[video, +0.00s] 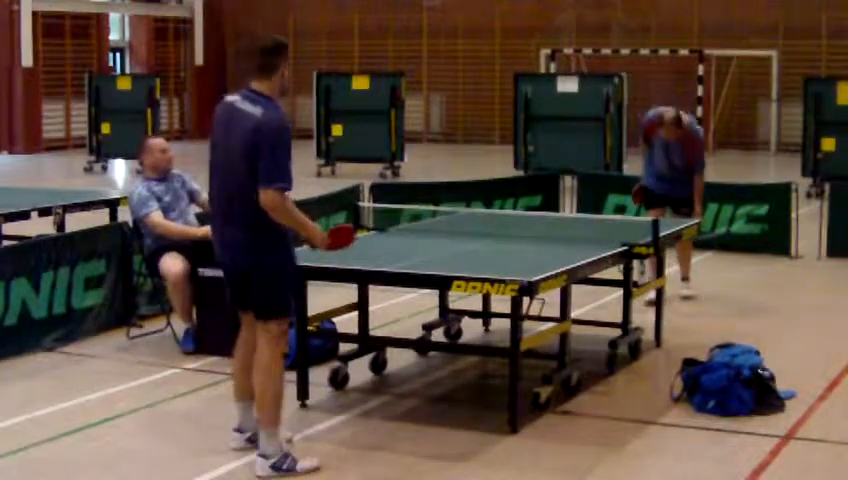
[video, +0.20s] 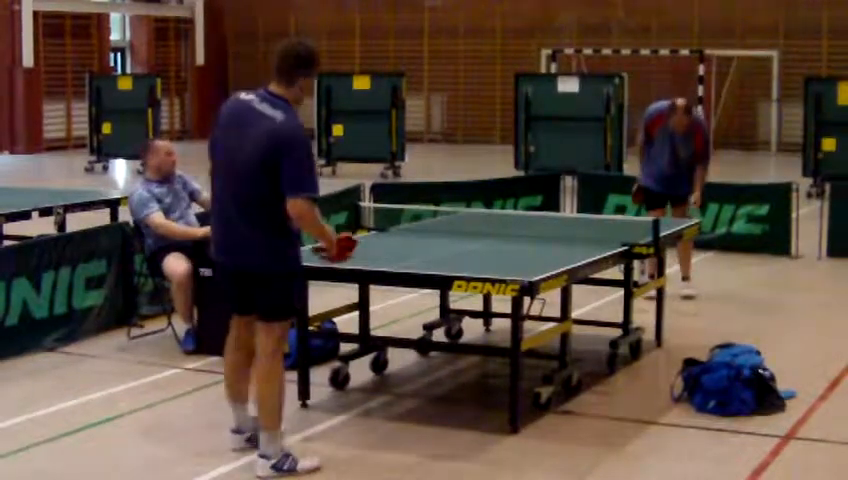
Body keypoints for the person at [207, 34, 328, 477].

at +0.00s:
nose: (289, 76)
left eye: (286, 68)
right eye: (288, 69)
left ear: (249, 69)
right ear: (282, 71)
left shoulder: (227, 109)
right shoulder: (270, 121)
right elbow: (271, 198)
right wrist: (310, 230)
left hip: (230, 240)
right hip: (262, 246)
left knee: (250, 328)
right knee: (274, 337)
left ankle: (246, 424)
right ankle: (272, 451)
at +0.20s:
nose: (312, 87)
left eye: (311, 80)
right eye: (312, 81)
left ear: (275, 72)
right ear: (304, 81)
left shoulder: (234, 107)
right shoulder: (289, 131)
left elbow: (219, 175)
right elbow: (299, 207)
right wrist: (329, 240)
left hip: (230, 245)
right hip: (272, 253)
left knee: (240, 333)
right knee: (270, 347)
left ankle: (241, 423)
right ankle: (272, 452)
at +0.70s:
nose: (281, 79)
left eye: (280, 72)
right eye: (280, 73)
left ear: (241, 67)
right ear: (272, 73)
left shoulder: (203, 108)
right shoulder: (267, 126)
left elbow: (186, 174)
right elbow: (272, 201)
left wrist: (204, 218)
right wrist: (312, 237)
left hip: (208, 252)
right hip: (259, 257)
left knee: (200, 343)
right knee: (263, 349)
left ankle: (179, 451)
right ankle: (272, 450)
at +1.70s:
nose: (318, 104)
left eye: (318, 97)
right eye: (318, 98)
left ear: (282, 87)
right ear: (311, 96)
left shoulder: (239, 118)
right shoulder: (291, 139)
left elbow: (226, 182)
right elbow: (292, 212)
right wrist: (322, 251)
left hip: (213, 246)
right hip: (264, 252)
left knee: (211, 339)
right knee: (289, 340)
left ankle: (178, 440)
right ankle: (300, 437)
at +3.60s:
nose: (324, 109)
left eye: (324, 102)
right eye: (325, 103)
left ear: (288, 98)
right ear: (315, 101)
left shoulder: (251, 135)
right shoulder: (306, 141)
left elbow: (236, 197)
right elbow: (321, 212)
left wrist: (282, 219)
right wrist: (363, 225)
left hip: (239, 251)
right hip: (285, 254)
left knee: (242, 339)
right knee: (343, 334)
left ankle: (211, 435)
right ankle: (350, 441)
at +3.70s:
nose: (351, 112)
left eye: (351, 104)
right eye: (350, 104)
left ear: (314, 99)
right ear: (339, 104)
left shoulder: (281, 132)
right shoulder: (314, 144)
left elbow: (290, 197)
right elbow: (310, 214)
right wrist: (357, 252)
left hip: (248, 257)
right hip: (289, 262)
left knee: (252, 342)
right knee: (360, 329)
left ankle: (212, 433)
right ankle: (378, 440)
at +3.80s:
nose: (381, 134)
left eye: (382, 127)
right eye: (380, 126)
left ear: (351, 118)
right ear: (364, 123)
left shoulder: (319, 141)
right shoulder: (332, 159)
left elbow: (351, 204)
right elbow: (297, 222)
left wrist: (400, 208)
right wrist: (332, 277)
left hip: (261, 264)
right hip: (290, 272)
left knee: (266, 347)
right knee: (373, 335)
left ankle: (215, 432)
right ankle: (411, 439)